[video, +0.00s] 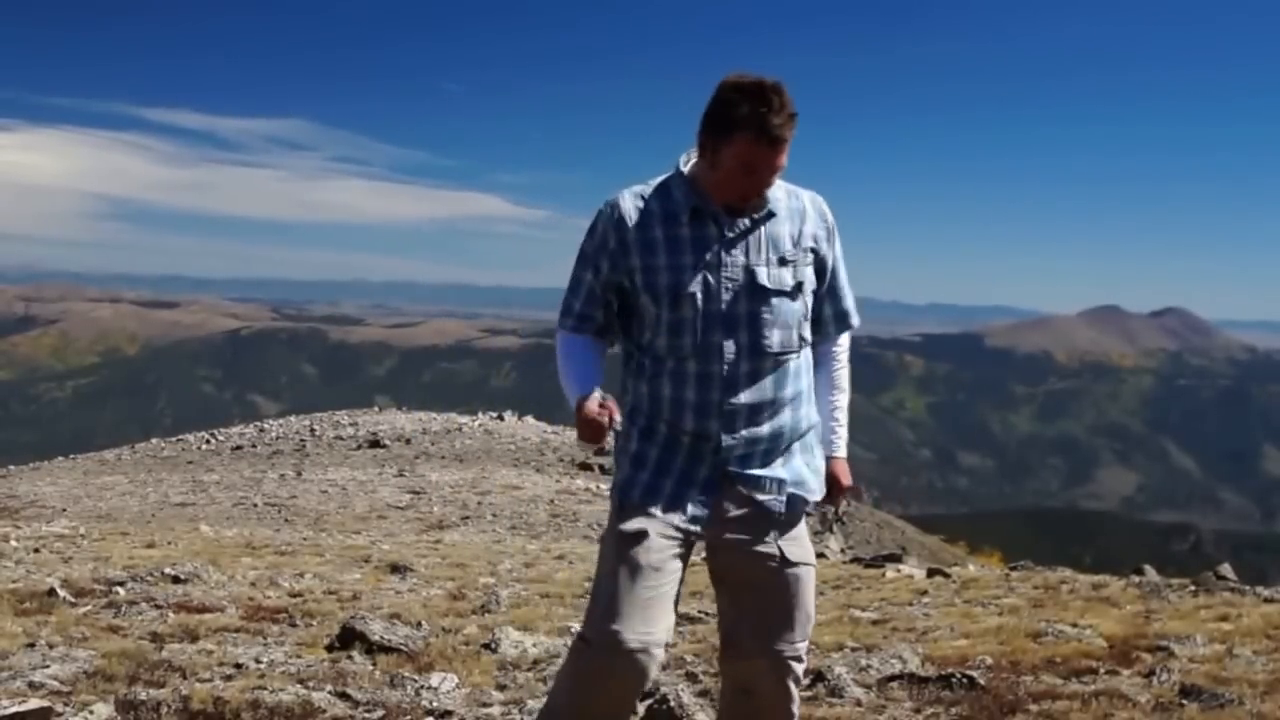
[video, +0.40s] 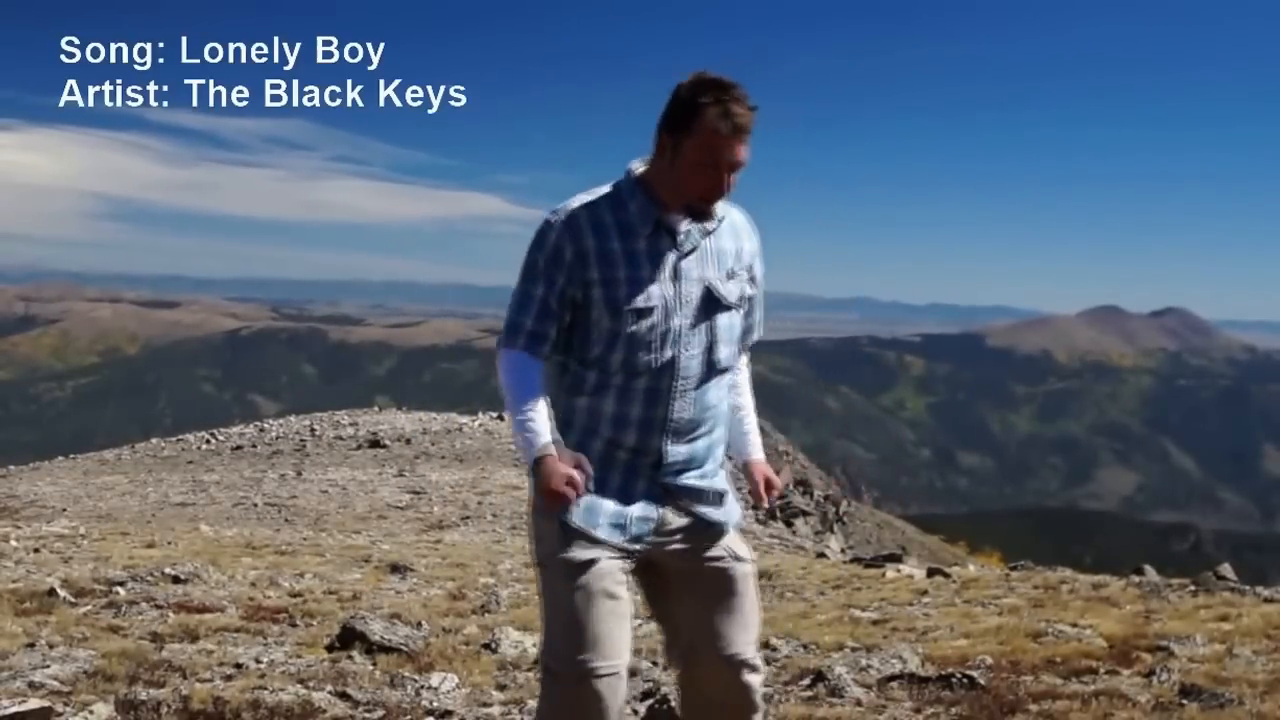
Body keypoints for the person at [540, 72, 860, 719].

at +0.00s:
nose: (762, 187)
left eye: (774, 171)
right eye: (751, 171)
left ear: (784, 154)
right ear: (709, 148)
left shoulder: (808, 218)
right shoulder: (630, 219)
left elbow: (831, 338)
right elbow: (579, 328)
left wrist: (834, 446)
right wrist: (586, 393)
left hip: (774, 478)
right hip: (659, 475)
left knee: (773, 671)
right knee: (622, 652)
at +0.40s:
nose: (729, 183)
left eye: (737, 169)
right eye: (721, 167)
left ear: (741, 160)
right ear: (674, 147)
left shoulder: (737, 236)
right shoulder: (576, 230)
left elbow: (733, 360)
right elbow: (521, 349)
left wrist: (751, 453)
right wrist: (542, 452)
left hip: (701, 500)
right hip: (590, 500)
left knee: (732, 683)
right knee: (591, 692)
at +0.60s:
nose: (651, 151)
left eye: (666, 135)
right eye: (637, 133)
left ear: (689, 130)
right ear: (609, 127)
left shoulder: (723, 228)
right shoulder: (538, 208)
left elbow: (736, 349)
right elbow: (476, 311)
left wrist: (771, 416)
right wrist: (488, 407)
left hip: (664, 481)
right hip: (550, 484)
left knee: (700, 662)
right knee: (558, 682)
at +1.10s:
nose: (606, 161)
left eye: (621, 142)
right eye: (591, 146)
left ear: (657, 134)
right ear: (577, 145)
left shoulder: (725, 223)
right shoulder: (577, 226)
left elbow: (779, 338)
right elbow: (554, 333)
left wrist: (792, 423)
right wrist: (504, 421)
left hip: (699, 494)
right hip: (590, 489)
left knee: (742, 686)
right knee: (565, 683)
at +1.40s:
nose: (681, 176)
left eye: (695, 158)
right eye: (664, 160)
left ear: (721, 138)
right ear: (642, 150)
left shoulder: (791, 211)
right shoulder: (636, 229)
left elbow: (858, 327)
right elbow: (624, 330)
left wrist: (875, 449)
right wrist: (582, 398)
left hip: (781, 476)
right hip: (675, 473)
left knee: (792, 679)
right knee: (629, 670)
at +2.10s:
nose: (734, 168)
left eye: (746, 153)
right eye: (720, 151)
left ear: (759, 144)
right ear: (677, 133)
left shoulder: (769, 225)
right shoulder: (584, 208)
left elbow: (788, 341)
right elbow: (520, 315)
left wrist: (836, 394)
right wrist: (550, 414)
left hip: (722, 486)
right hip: (606, 483)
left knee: (762, 677)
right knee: (577, 671)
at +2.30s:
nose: (684, 167)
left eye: (695, 151)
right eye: (674, 149)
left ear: (703, 140)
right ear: (626, 129)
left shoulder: (709, 226)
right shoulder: (527, 202)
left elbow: (720, 350)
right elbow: (458, 313)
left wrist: (753, 438)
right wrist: (499, 404)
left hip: (672, 485)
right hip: (555, 491)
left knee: (722, 660)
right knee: (544, 678)